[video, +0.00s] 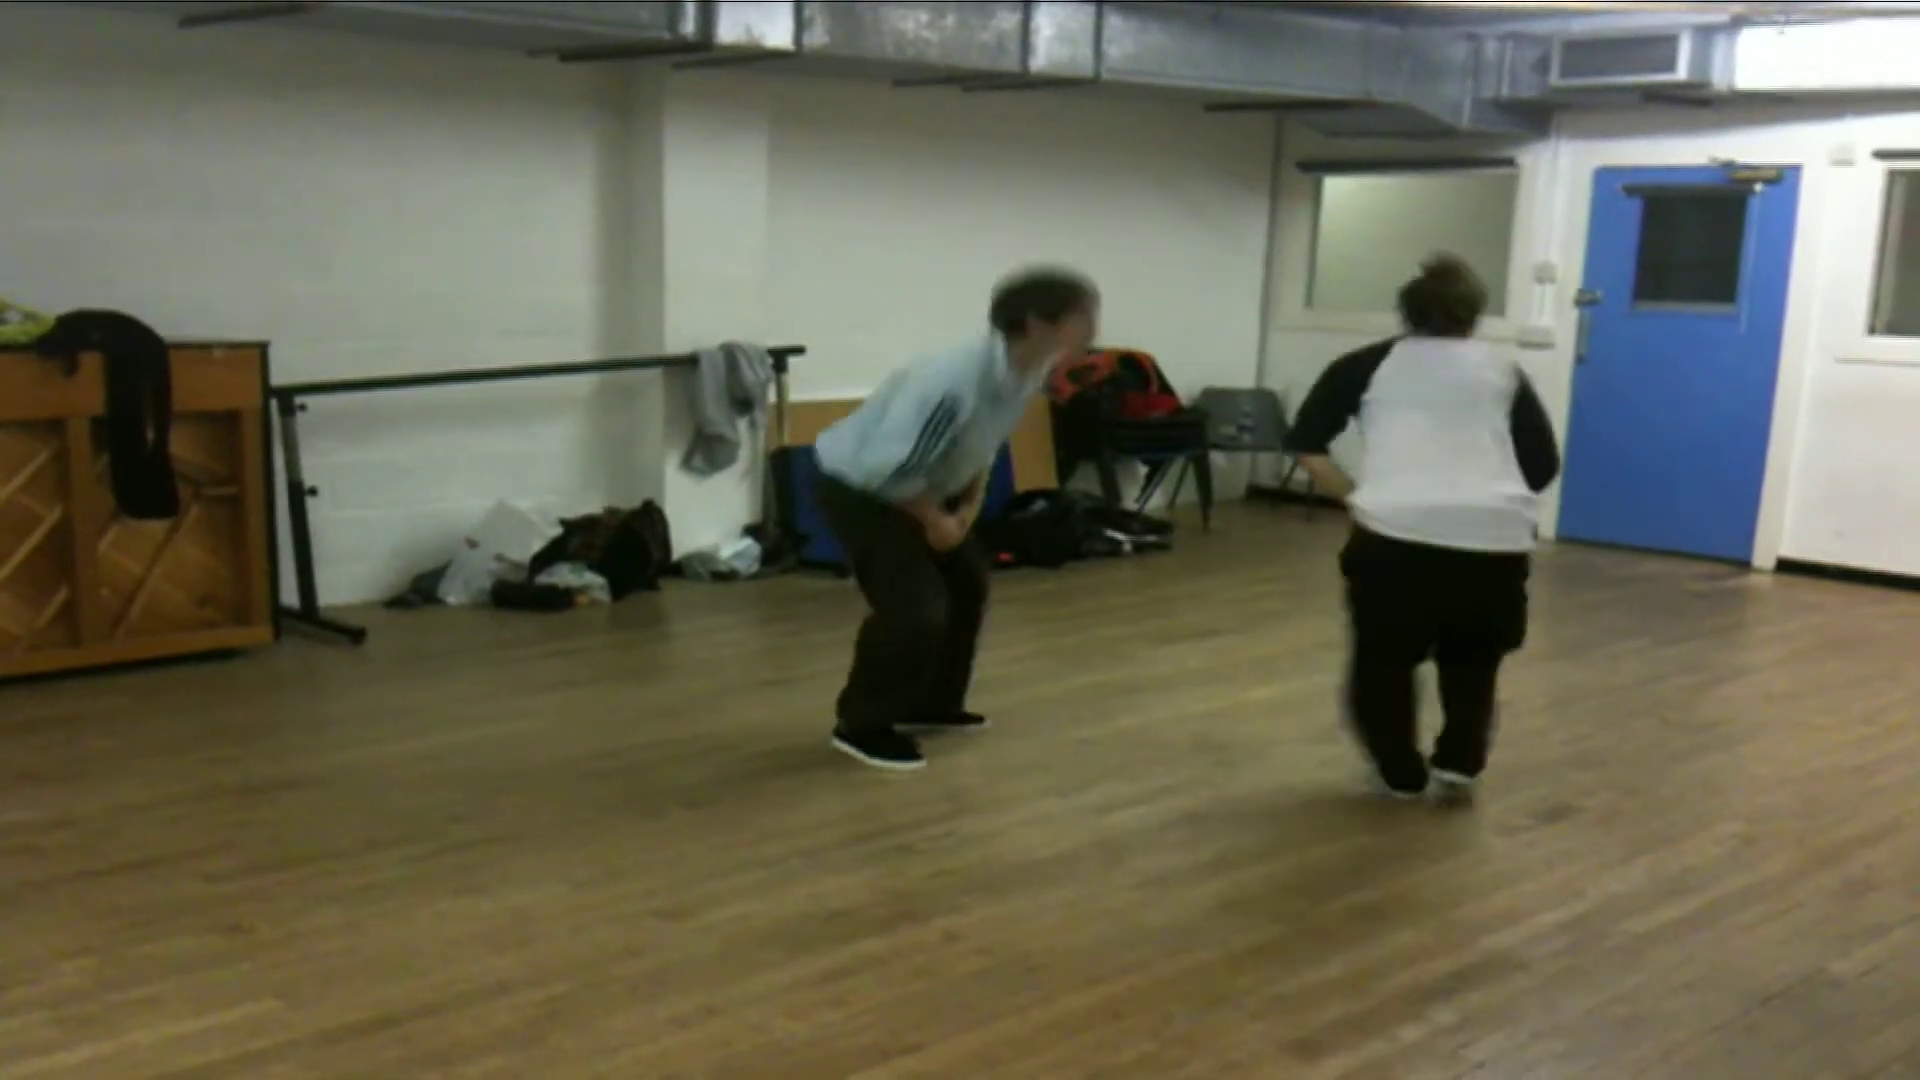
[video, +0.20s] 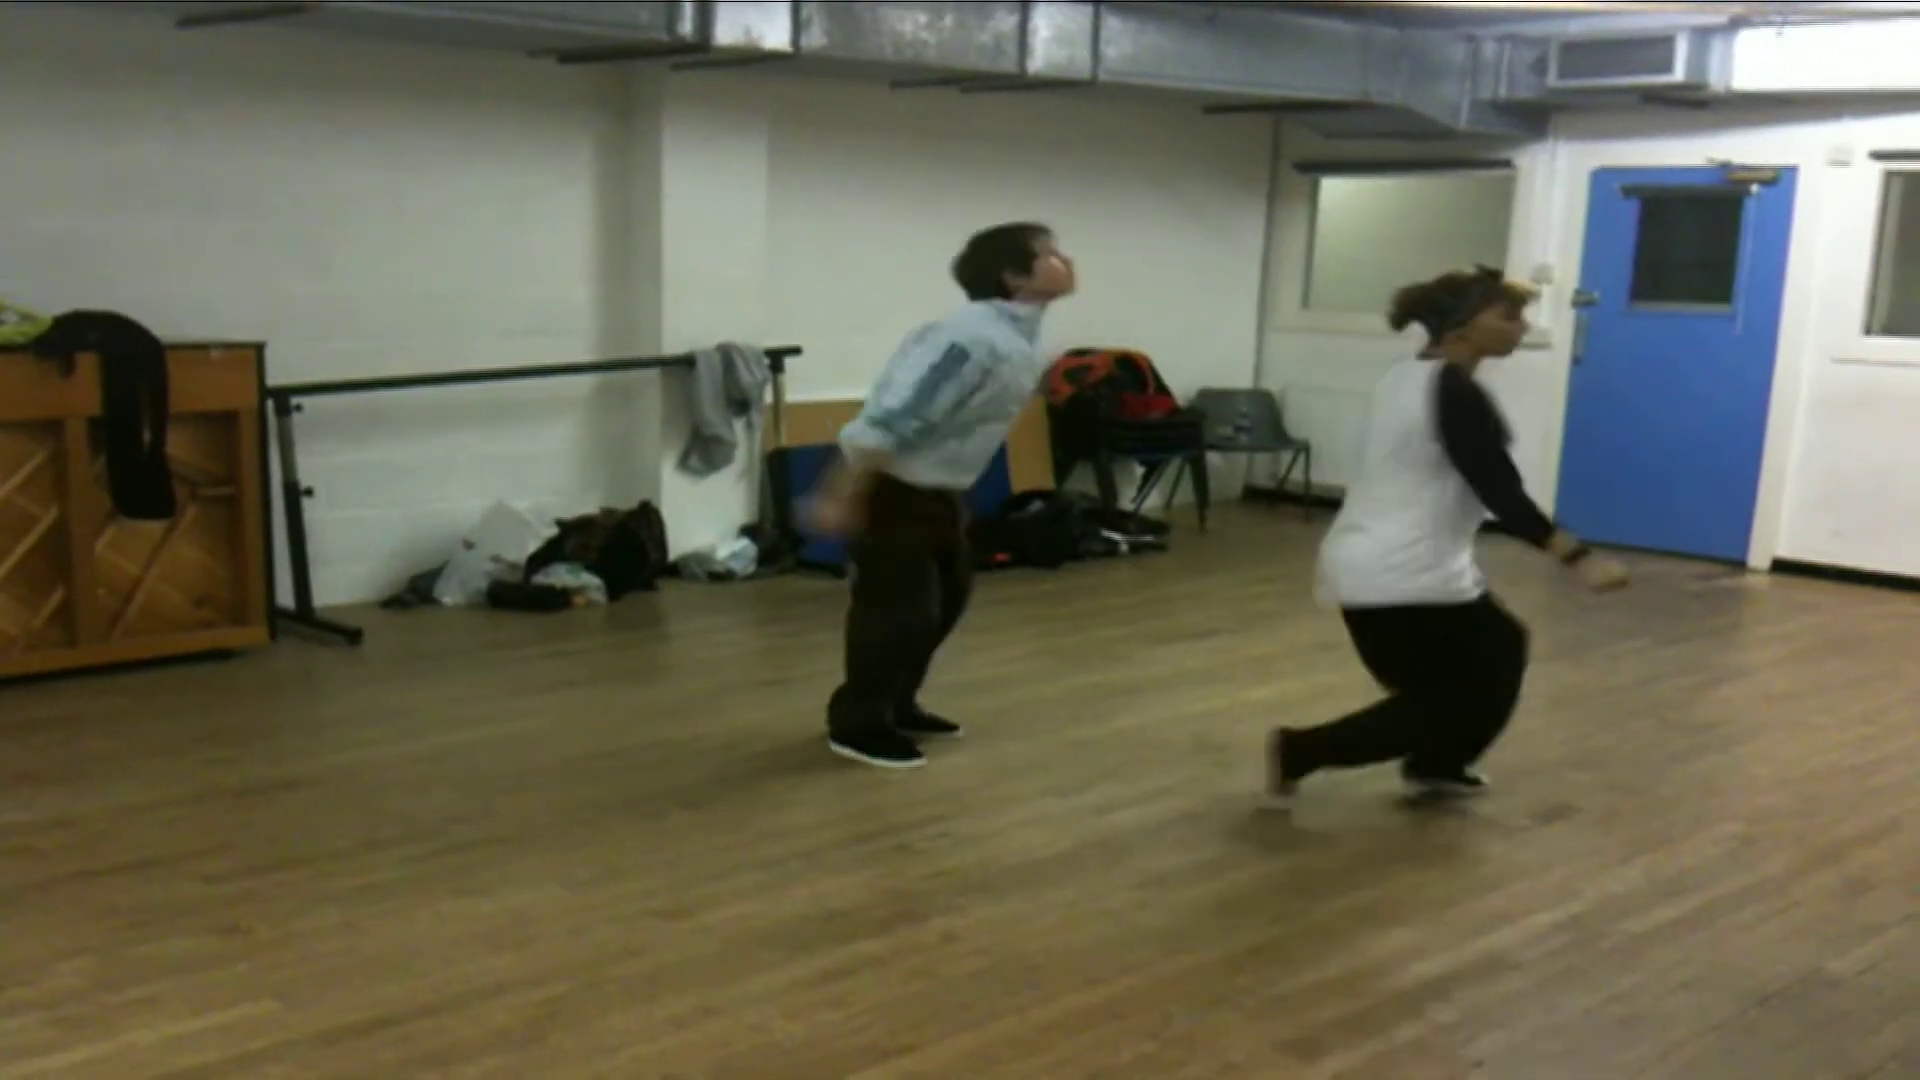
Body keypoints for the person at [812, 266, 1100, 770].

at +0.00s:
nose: (1088, 336)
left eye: (1088, 323)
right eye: (1080, 322)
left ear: (1038, 325)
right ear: (1036, 325)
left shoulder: (1025, 374)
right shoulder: (955, 379)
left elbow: (982, 447)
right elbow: (884, 472)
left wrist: (968, 506)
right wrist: (931, 517)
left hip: (912, 484)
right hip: (852, 480)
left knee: (965, 580)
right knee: (913, 599)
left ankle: (935, 701)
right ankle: (861, 722)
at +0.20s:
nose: (1064, 259)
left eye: (1056, 250)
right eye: (1049, 255)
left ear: (1021, 281)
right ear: (1015, 279)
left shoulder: (1018, 337)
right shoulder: (967, 338)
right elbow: (889, 417)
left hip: (940, 494)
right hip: (896, 490)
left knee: (946, 596)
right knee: (896, 606)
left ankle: (897, 701)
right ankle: (857, 720)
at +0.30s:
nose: (1038, 226)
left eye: (1030, 217)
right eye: (1023, 220)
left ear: (994, 243)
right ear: (990, 242)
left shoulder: (1007, 301)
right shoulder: (965, 303)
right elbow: (880, 356)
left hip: (962, 474)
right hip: (915, 474)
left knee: (968, 586)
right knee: (916, 596)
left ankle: (916, 693)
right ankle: (857, 713)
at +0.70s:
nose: (1039, 258)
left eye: (1036, 248)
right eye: (1026, 249)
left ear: (996, 263)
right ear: (981, 264)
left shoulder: (1028, 308)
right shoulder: (949, 326)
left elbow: (1109, 306)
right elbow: (1042, 347)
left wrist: (1178, 262)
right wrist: (1110, 295)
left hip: (1037, 489)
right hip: (980, 497)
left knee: (1110, 583)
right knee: (974, 630)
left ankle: (1098, 684)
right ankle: (869, 740)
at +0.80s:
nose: (1095, 269)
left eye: (1092, 258)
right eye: (1083, 259)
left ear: (1042, 272)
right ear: (1041, 271)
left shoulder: (1047, 316)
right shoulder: (1025, 317)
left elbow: (1124, 350)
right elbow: (1122, 355)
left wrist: (1188, 331)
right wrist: (1155, 327)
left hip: (1041, 493)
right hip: (996, 497)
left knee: (1093, 610)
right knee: (981, 637)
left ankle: (1125, 721)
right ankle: (872, 741)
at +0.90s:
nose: (1123, 275)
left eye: (1121, 265)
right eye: (1111, 265)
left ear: (1084, 280)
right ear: (1068, 275)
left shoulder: (1100, 330)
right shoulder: (1027, 320)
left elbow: (1160, 367)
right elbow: (1097, 367)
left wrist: (1210, 353)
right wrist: (1156, 350)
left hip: (1067, 504)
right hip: (1002, 502)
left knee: (1120, 615)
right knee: (989, 644)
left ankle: (1121, 722)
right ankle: (879, 737)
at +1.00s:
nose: (1121, 259)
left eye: (1122, 248)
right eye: (1109, 248)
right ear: (1065, 255)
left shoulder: (1112, 317)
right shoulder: (1014, 307)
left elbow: (1149, 341)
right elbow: (971, 351)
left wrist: (1175, 339)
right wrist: (1064, 331)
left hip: (1086, 491)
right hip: (1014, 492)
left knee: (1114, 614)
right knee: (989, 626)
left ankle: (1119, 718)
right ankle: (914, 743)